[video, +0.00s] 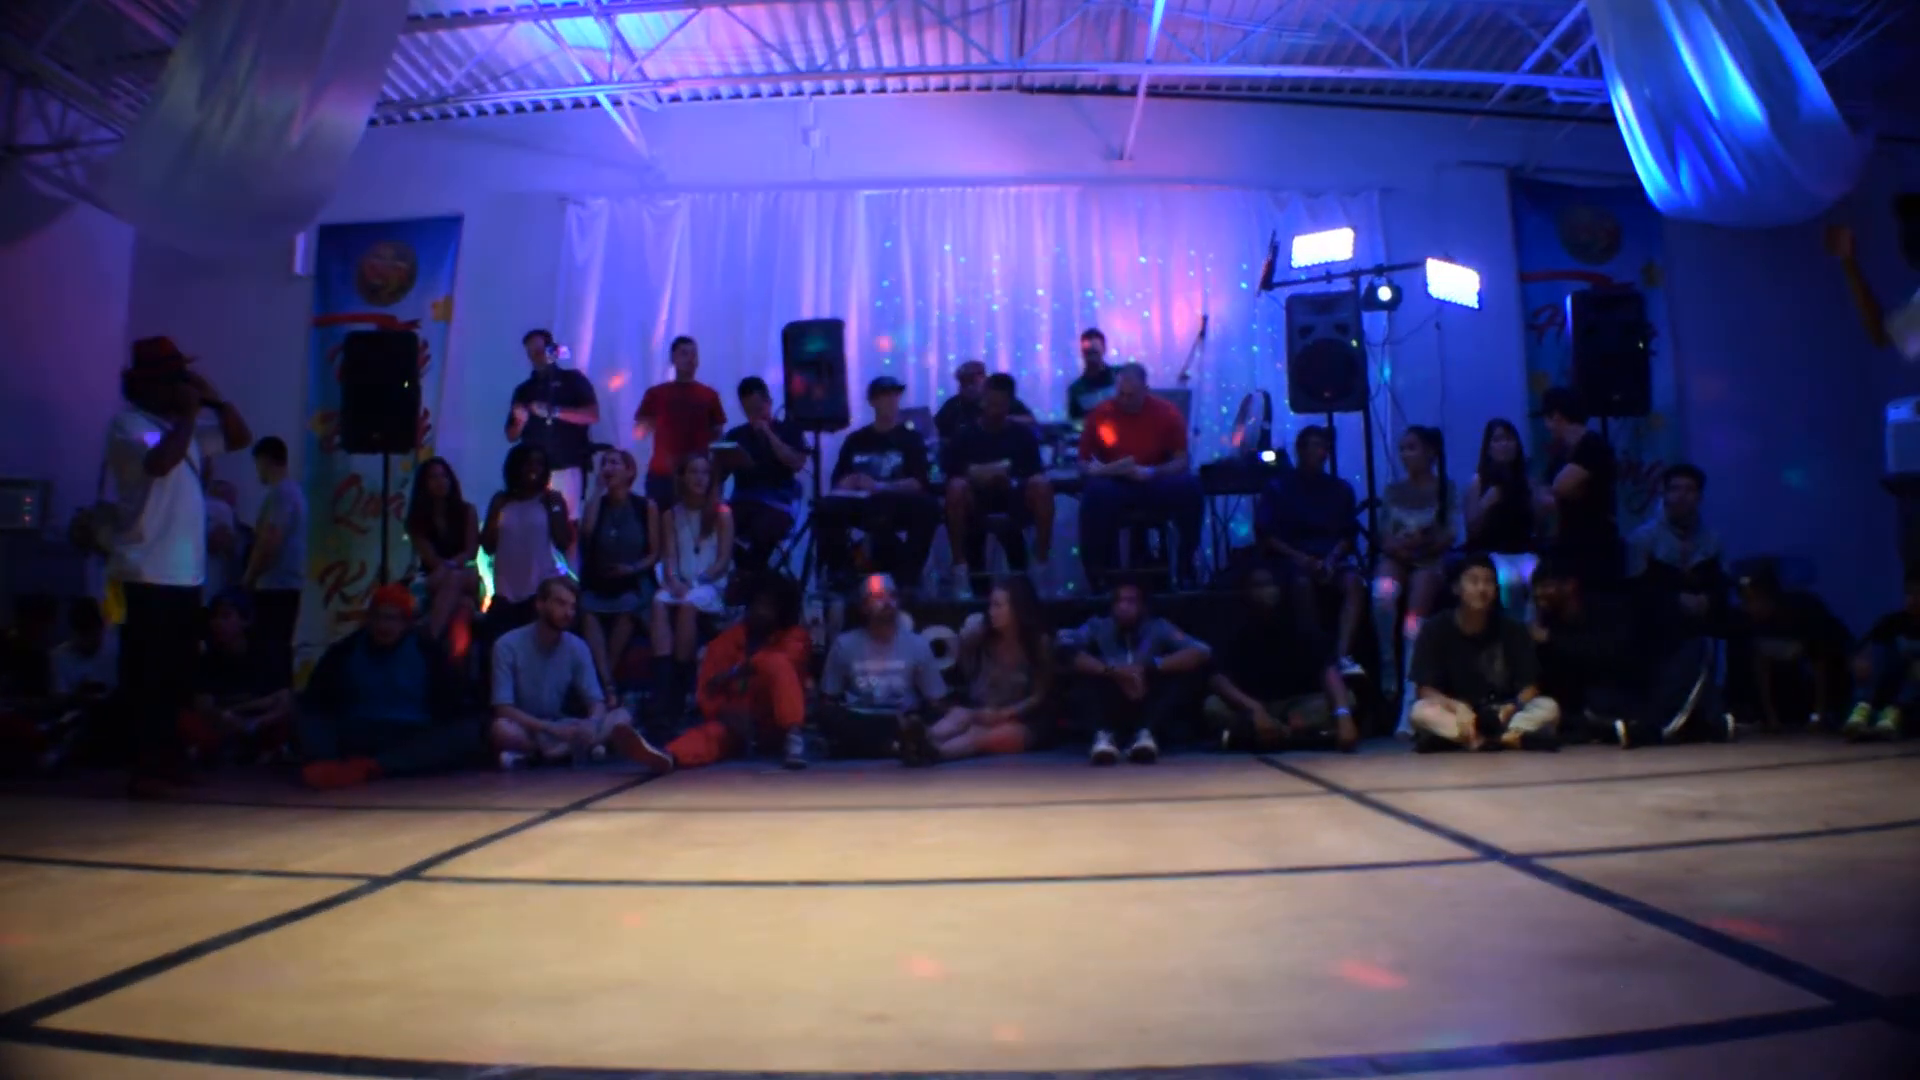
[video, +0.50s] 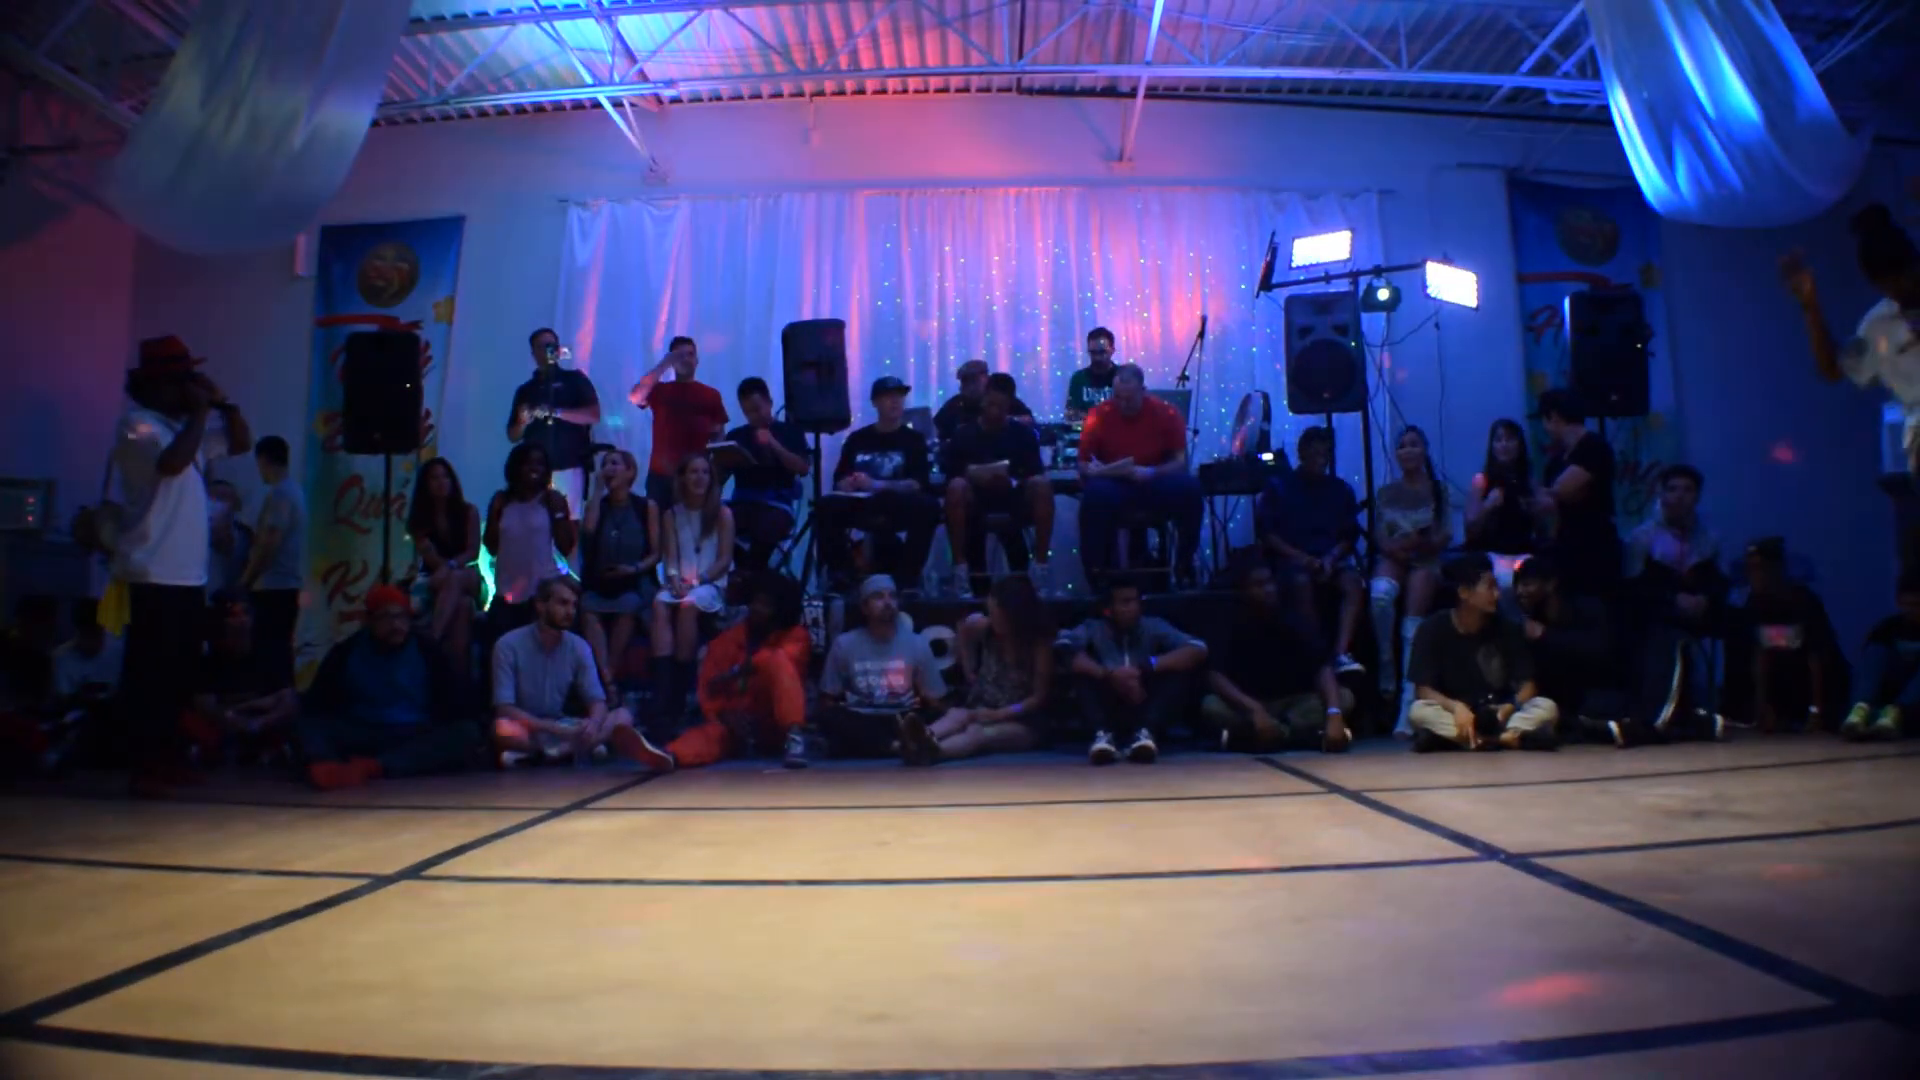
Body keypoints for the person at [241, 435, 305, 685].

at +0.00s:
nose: (258, 470)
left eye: (260, 462)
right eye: (257, 463)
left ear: (270, 462)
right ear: (281, 462)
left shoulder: (282, 494)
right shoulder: (288, 492)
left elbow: (269, 540)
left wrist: (250, 575)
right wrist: (253, 572)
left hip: (277, 585)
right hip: (281, 583)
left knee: (271, 650)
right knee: (275, 650)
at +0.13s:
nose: (260, 469)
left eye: (262, 462)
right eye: (260, 462)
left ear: (270, 463)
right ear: (284, 461)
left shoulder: (279, 496)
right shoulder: (293, 492)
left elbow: (269, 542)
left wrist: (249, 576)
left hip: (274, 588)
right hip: (286, 586)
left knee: (269, 655)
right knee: (277, 655)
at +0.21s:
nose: (260, 468)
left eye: (261, 462)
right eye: (259, 462)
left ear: (267, 463)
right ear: (284, 461)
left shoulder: (278, 496)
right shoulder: (294, 492)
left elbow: (269, 542)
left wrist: (249, 576)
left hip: (274, 587)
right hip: (288, 585)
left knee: (269, 656)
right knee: (279, 656)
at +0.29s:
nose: (259, 468)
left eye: (260, 462)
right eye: (259, 462)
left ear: (266, 462)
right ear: (284, 460)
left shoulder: (278, 497)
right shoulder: (292, 493)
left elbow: (267, 544)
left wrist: (247, 577)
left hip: (274, 588)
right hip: (286, 585)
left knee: (269, 655)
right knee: (278, 654)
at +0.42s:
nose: (259, 468)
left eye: (260, 461)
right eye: (259, 461)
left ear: (267, 461)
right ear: (284, 460)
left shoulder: (280, 496)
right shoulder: (290, 492)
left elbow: (267, 542)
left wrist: (246, 578)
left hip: (275, 587)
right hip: (282, 585)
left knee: (270, 653)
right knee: (276, 652)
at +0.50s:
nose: (259, 467)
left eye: (260, 461)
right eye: (259, 461)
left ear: (267, 461)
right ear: (284, 460)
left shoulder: (280, 496)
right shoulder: (291, 492)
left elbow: (267, 543)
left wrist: (246, 579)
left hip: (274, 587)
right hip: (284, 584)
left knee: (269, 654)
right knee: (277, 653)